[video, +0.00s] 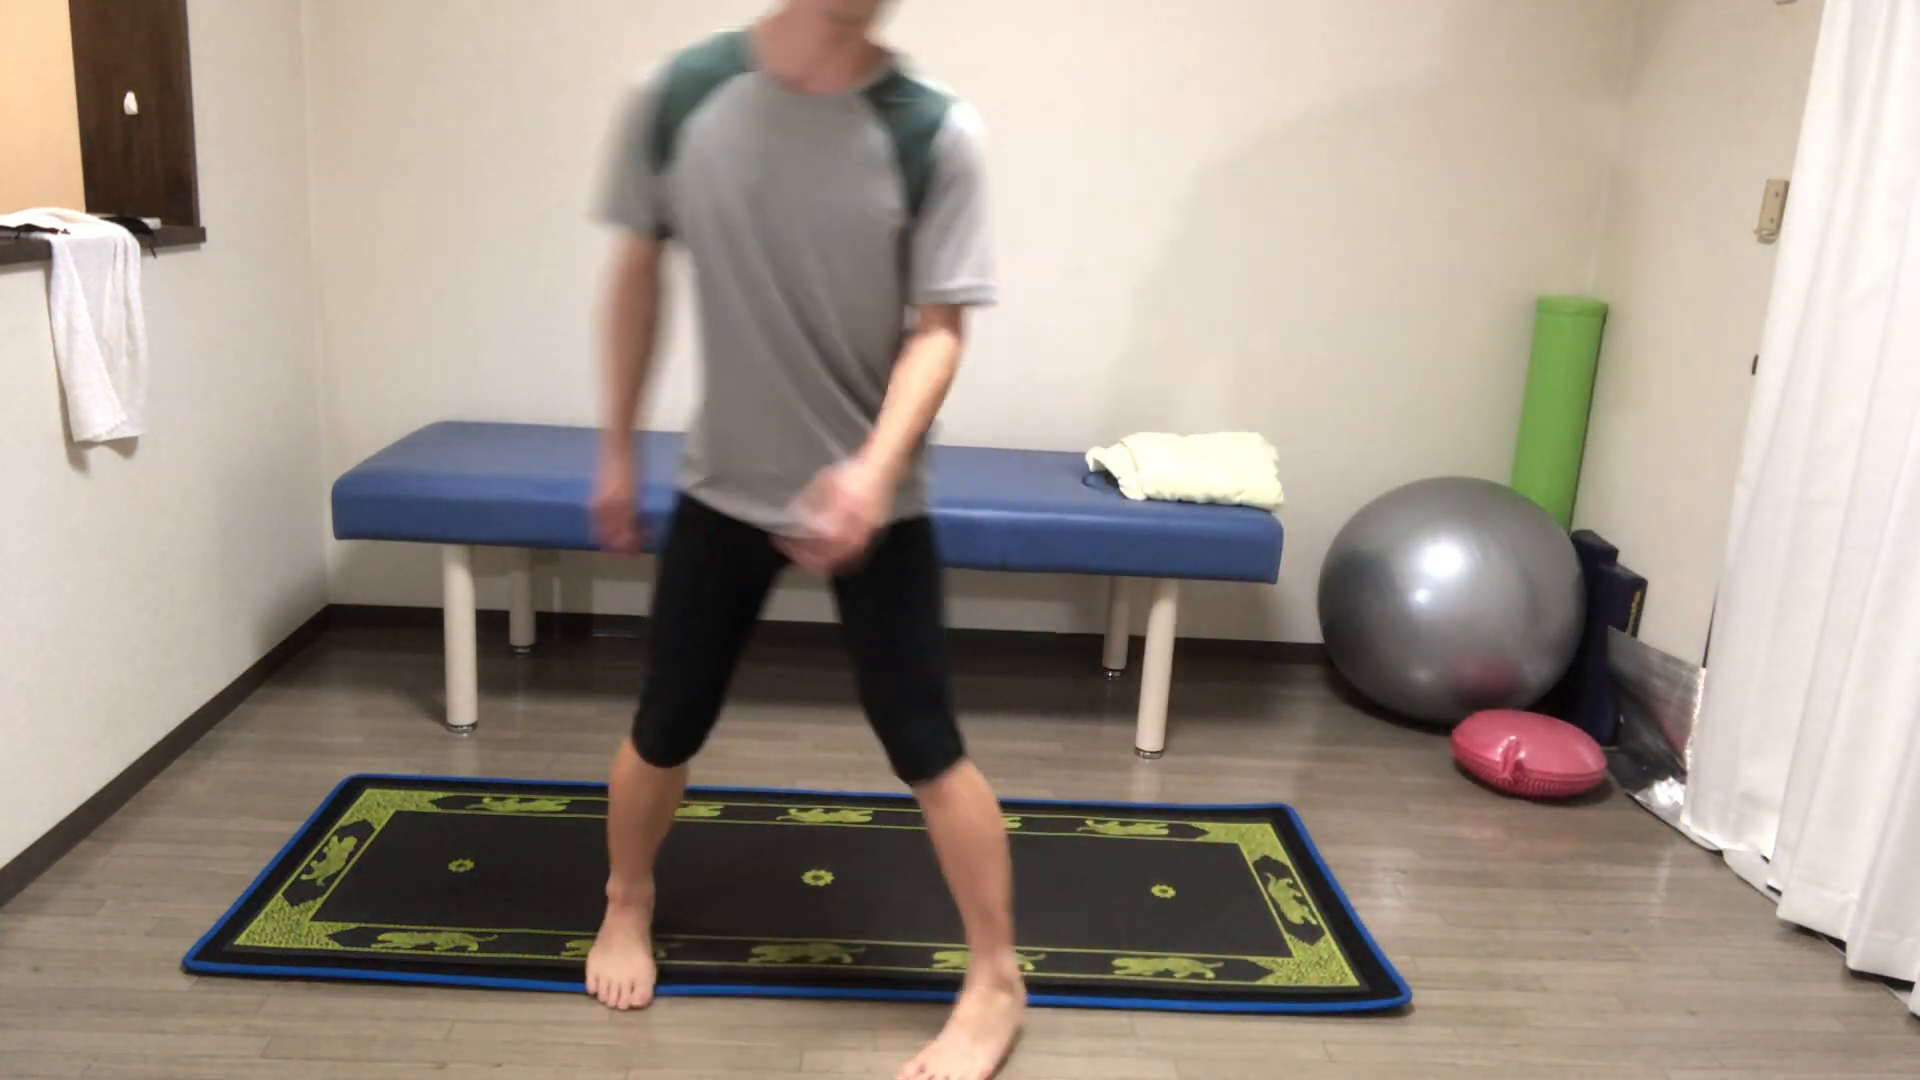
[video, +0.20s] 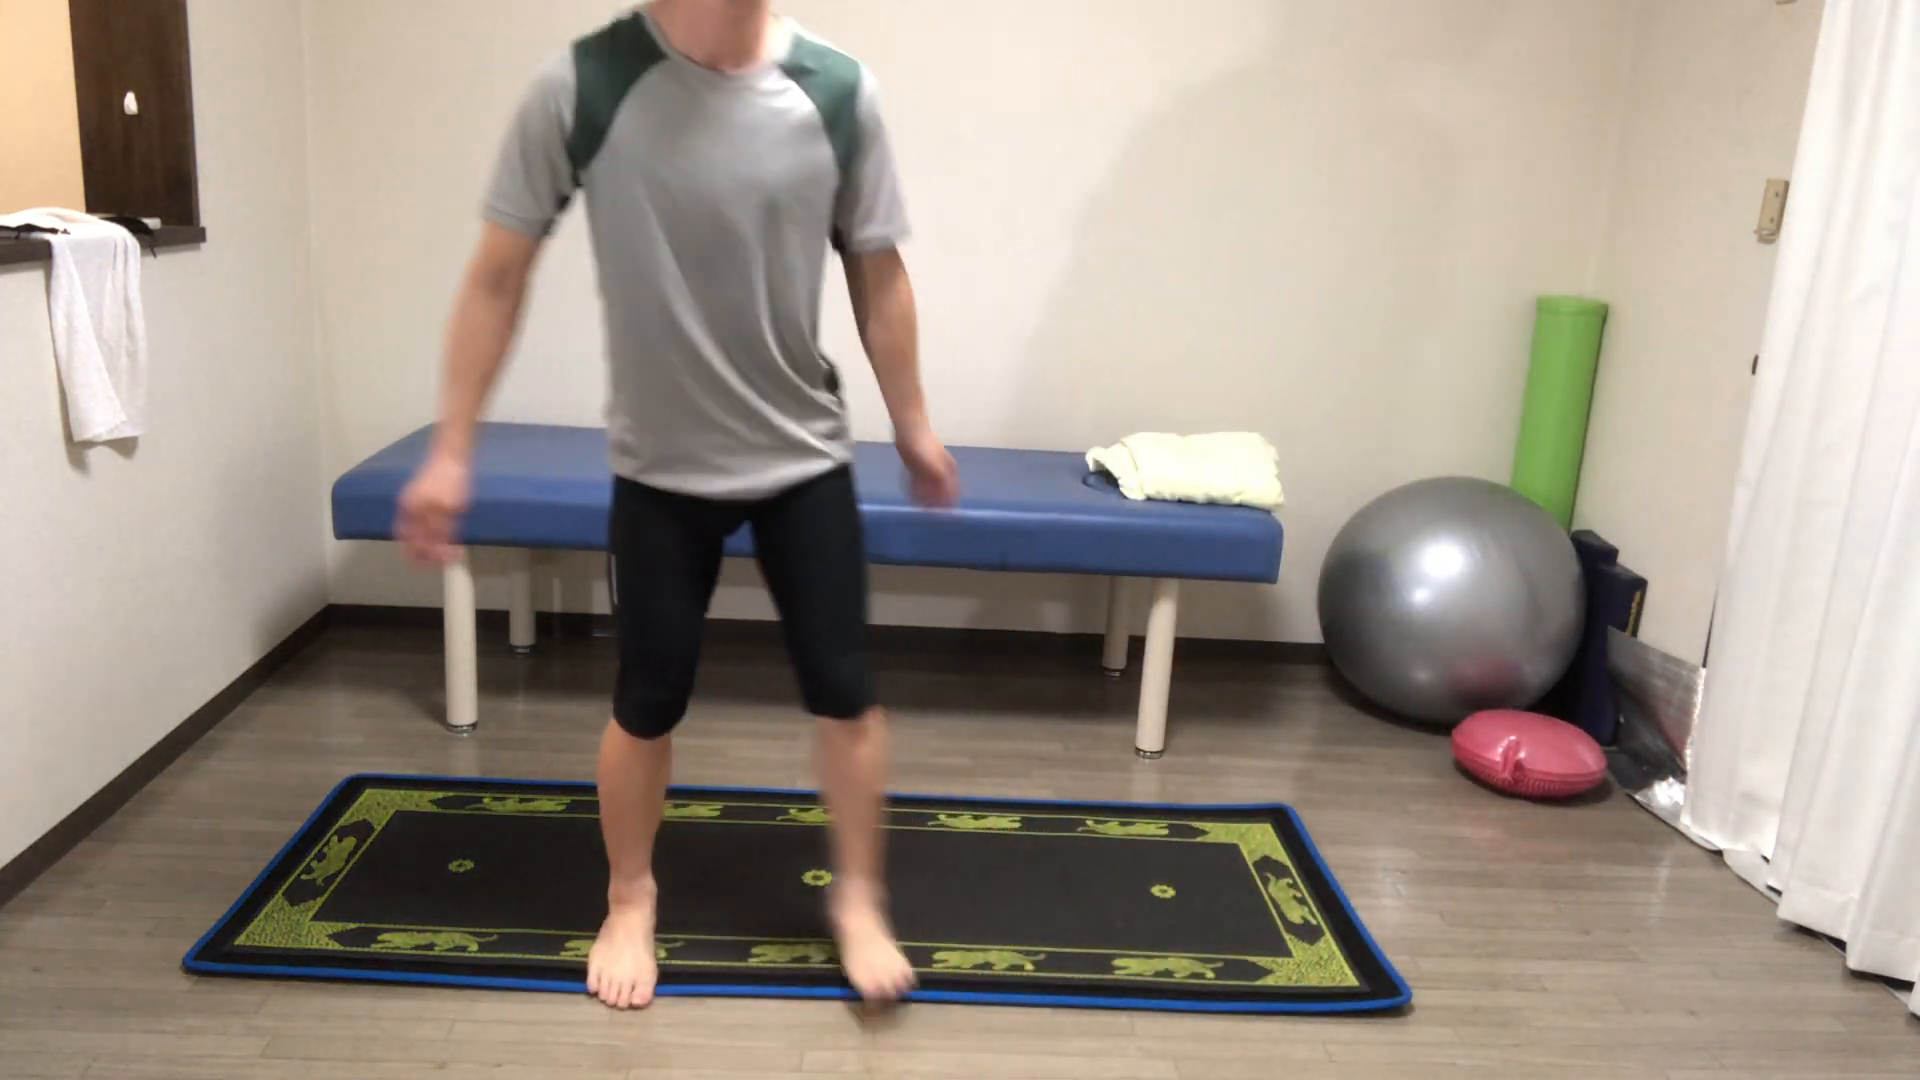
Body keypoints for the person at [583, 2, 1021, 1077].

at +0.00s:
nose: (802, 3)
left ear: (859, 5)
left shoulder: (931, 135)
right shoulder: (678, 97)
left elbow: (940, 326)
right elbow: (636, 273)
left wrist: (875, 469)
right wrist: (617, 450)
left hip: (871, 492)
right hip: (723, 483)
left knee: (925, 745)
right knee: (664, 727)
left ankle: (996, 980)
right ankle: (626, 907)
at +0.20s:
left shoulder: (837, 92)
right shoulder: (582, 89)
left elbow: (879, 273)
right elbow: (494, 280)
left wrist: (913, 425)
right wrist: (450, 451)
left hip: (805, 452)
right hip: (662, 457)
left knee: (846, 691)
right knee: (648, 700)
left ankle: (859, 902)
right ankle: (629, 906)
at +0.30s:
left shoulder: (810, 83)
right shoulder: (567, 86)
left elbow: (854, 237)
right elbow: (463, 268)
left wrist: (877, 369)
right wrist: (404, 441)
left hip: (778, 442)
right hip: (646, 451)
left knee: (800, 675)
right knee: (640, 690)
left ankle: (762, 845)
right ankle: (629, 903)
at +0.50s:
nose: (692, 3)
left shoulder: (775, 76)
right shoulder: (564, 94)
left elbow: (780, 227)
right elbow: (483, 282)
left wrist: (776, 343)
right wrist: (449, 459)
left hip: (730, 432)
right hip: (622, 447)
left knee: (723, 632)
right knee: (627, 677)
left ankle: (618, 758)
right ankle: (626, 902)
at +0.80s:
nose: (778, 27)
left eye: (786, 14)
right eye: (775, 6)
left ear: (737, 8)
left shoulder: (695, 97)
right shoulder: (601, 78)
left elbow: (665, 271)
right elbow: (544, 267)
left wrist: (696, 396)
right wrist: (602, 431)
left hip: (666, 430)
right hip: (591, 432)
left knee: (608, 628)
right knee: (618, 665)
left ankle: (568, 797)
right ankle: (626, 899)